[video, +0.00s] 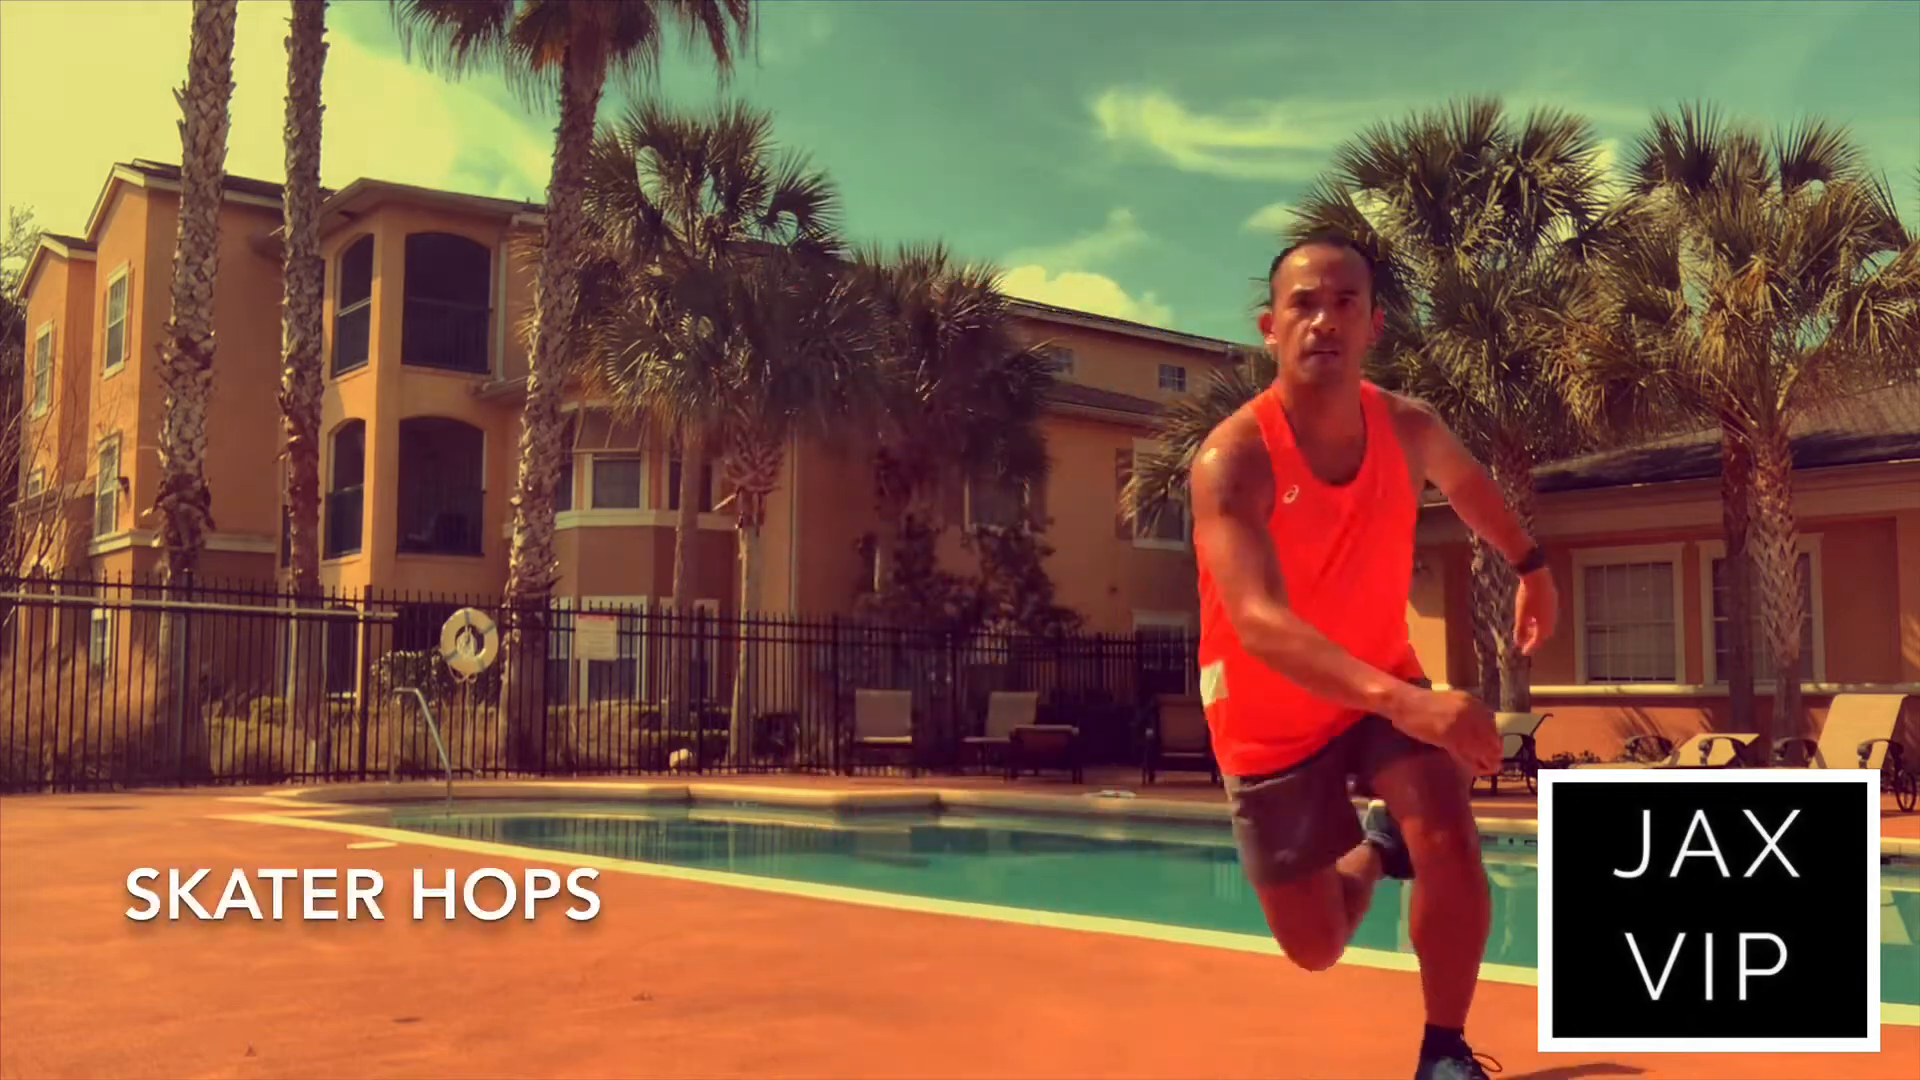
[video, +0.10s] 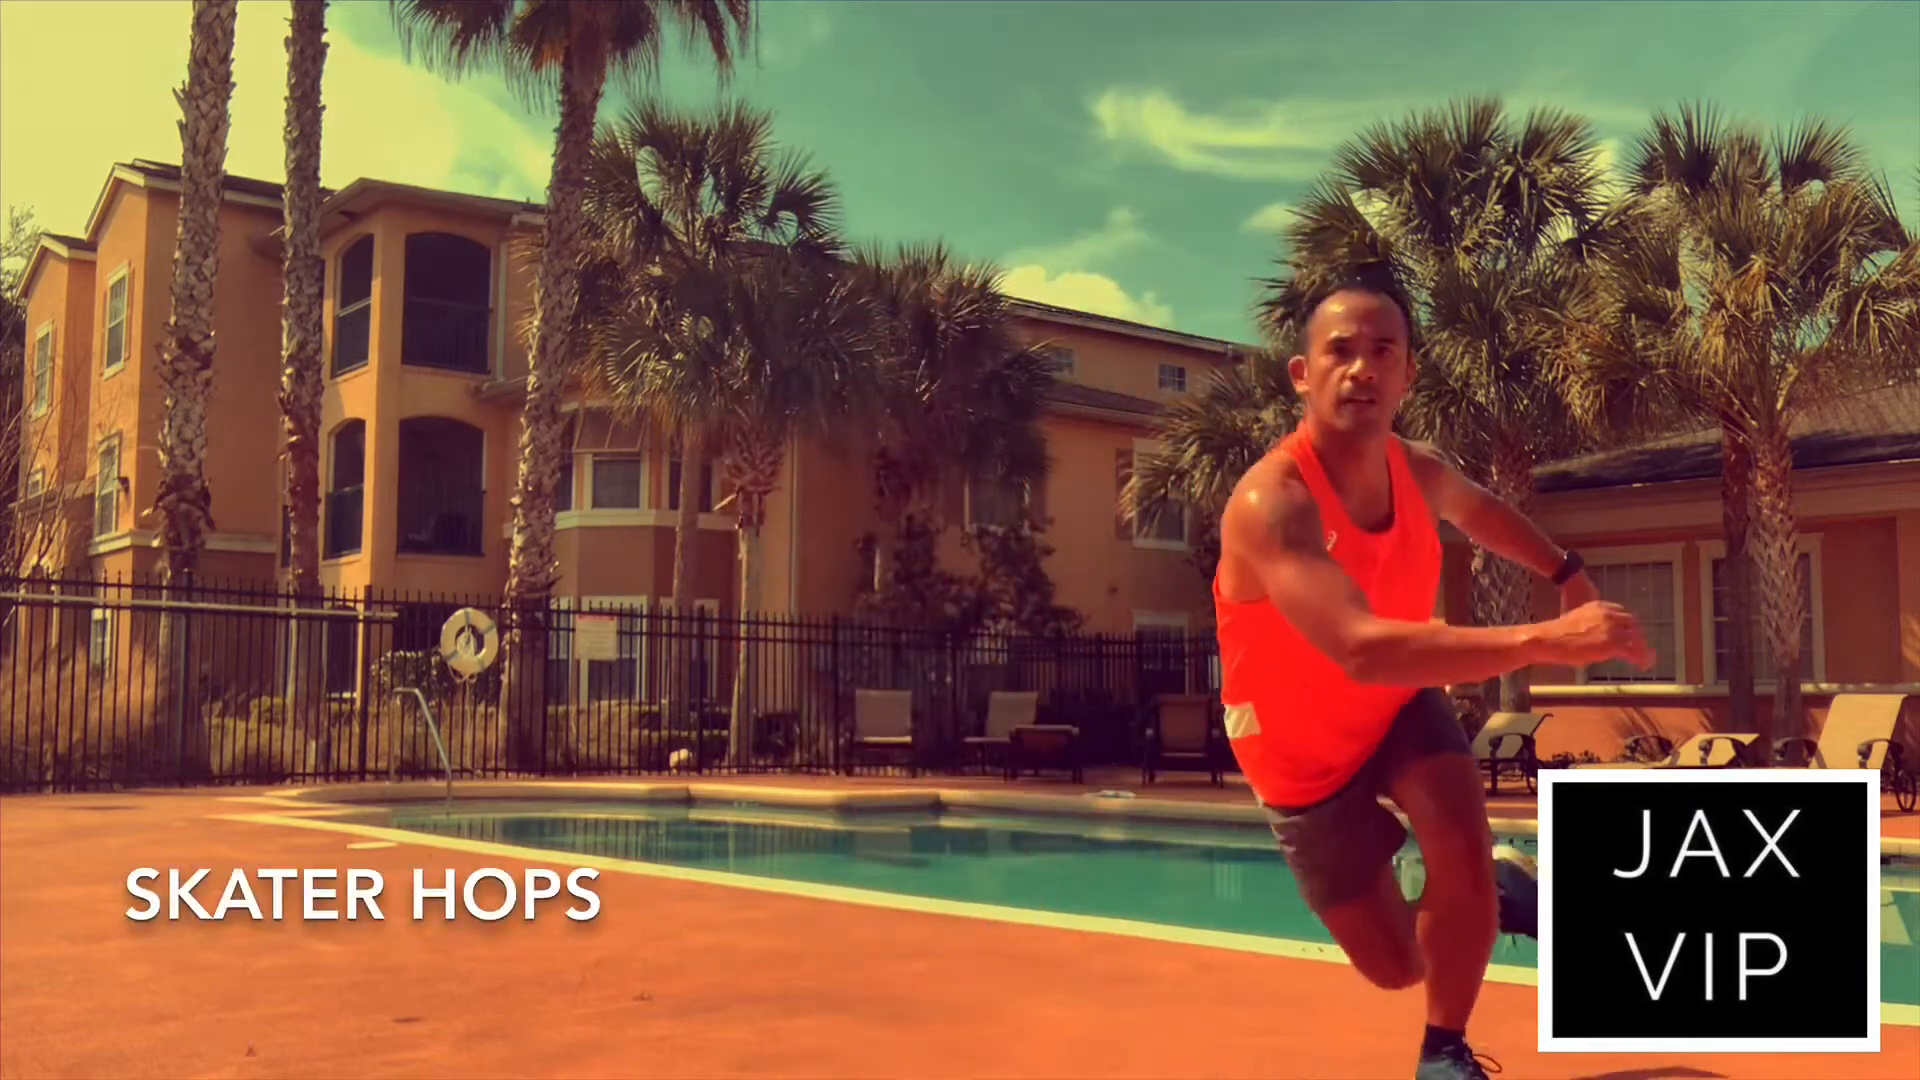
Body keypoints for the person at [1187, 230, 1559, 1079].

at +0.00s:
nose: (1323, 319)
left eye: (1344, 301)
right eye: (1302, 303)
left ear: (1374, 324)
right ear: (1270, 330)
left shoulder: (1409, 429)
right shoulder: (1233, 459)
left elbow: (1468, 489)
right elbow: (1257, 621)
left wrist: (1529, 563)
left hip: (1382, 688)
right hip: (1265, 716)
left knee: (1445, 835)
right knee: (1312, 946)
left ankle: (1445, 1048)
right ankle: (1377, 847)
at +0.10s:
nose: (1362, 365)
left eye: (1382, 349)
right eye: (1340, 348)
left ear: (1407, 376)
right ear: (1301, 376)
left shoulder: (1412, 467)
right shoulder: (1269, 501)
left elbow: (1479, 515)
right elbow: (1364, 648)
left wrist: (1567, 573)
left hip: (1397, 706)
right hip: (1298, 764)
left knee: (1461, 850)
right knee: (1392, 965)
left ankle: (1445, 1048)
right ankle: (1470, 889)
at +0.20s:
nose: (1380, 409)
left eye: (1400, 390)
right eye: (1357, 389)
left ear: (1423, 415)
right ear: (1314, 415)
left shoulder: (1419, 502)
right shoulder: (1291, 535)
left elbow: (1458, 537)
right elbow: (1428, 661)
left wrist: (1543, 587)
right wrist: (1592, 597)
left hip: (1404, 714)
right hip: (1313, 781)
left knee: (1463, 834)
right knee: (1447, 962)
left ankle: (1444, 1050)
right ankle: (1568, 946)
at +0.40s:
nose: (1332, 379)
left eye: (1356, 359)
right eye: (1313, 358)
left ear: (1390, 382)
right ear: (1282, 380)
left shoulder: (1415, 496)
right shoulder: (1240, 503)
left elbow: (1462, 592)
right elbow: (1290, 671)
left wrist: (1528, 683)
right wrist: (1450, 645)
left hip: (1384, 708)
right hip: (1278, 761)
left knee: (1442, 838)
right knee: (1378, 970)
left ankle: (1442, 1053)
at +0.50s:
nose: (1263, 327)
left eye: (1289, 306)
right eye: (1246, 309)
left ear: (1333, 327)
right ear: (1228, 329)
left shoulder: (1381, 461)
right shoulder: (1178, 460)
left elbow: (1447, 606)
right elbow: (1165, 636)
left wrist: (1496, 734)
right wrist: (1265, 735)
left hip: (1356, 692)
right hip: (1225, 718)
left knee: (1431, 863)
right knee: (1265, 933)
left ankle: (1441, 1052)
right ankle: (1358, 891)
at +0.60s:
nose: (1177, 277)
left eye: (1200, 255)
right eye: (1159, 259)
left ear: (1245, 268)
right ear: (1141, 275)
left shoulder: (1312, 387)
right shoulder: (1100, 405)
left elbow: (1401, 489)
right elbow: (1000, 537)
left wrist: (1423, 604)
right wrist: (991, 676)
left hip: (1296, 658)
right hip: (1152, 668)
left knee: (1398, 839)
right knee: (1088, 855)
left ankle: (1440, 1044)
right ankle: (1156, 880)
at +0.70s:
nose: (1059, 228)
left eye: (1084, 207)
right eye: (1043, 207)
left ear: (1129, 211)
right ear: (1023, 211)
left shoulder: (1189, 299)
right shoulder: (983, 318)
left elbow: (1288, 324)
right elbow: (842, 400)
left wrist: (1350, 437)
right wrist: (804, 546)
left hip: (1204, 617)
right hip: (1051, 611)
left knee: (1316, 808)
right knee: (914, 768)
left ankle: (1435, 1015)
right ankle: (908, 916)